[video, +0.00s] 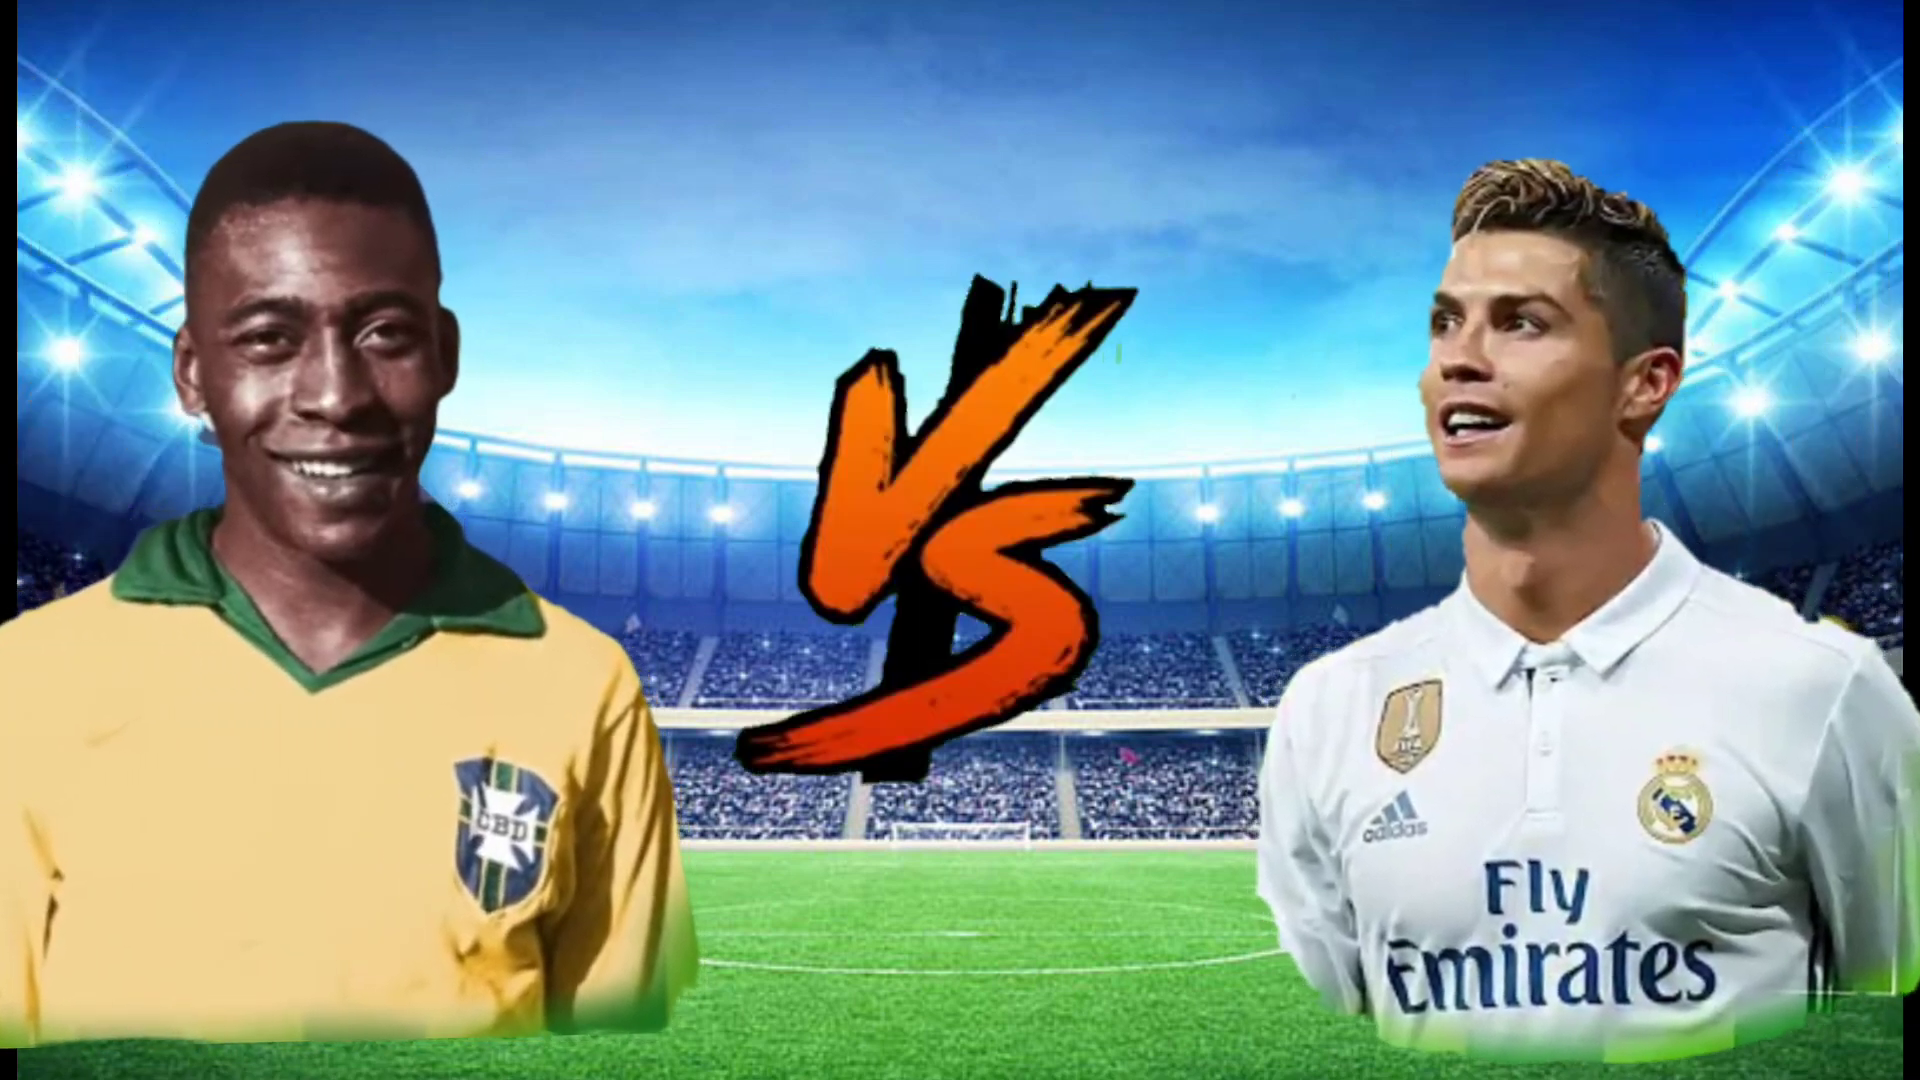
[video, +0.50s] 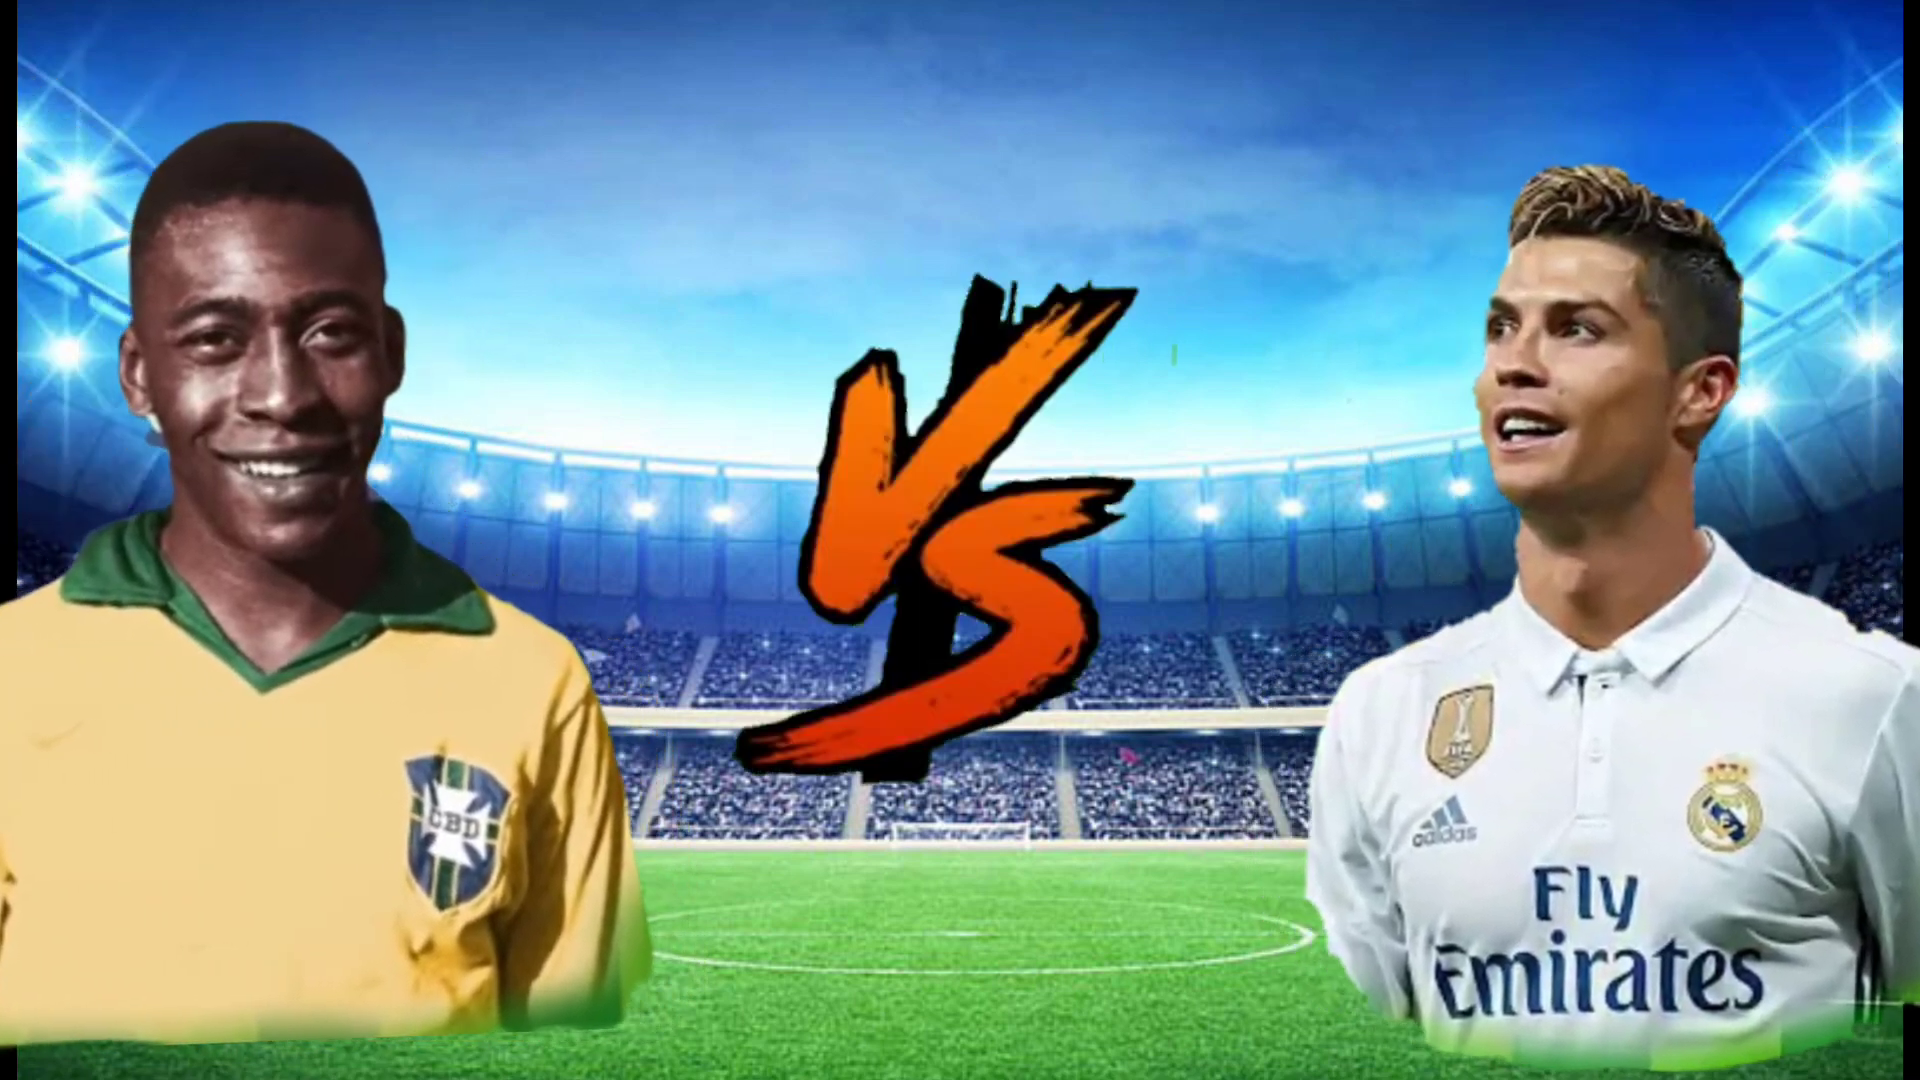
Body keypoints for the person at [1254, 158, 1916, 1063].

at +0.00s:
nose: (1455, 360)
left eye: (1522, 323)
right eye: (1446, 324)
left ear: (1644, 385)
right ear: (1424, 363)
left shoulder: (1823, 701)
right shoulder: (1323, 716)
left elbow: (1881, 1034)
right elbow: (1335, 1046)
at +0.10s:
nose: (1462, 362)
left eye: (1528, 325)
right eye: (1453, 326)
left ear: (1651, 387)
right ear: (1432, 365)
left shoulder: (1831, 703)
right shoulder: (1329, 716)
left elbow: (1885, 1032)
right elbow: (1340, 1046)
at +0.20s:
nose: (1470, 363)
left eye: (1537, 326)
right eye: (1460, 327)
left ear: (1658, 390)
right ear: (1439, 367)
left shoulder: (1839, 704)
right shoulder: (1335, 718)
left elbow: (1888, 1027)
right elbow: (1346, 1047)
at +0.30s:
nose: (1480, 364)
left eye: (1547, 328)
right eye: (1470, 328)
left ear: (1668, 391)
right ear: (1449, 368)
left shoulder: (1848, 706)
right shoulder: (1345, 720)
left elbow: (1895, 1021)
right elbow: (1360, 1043)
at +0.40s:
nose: (1493, 365)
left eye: (1559, 329)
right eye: (1484, 329)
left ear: (1680, 394)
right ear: (1465, 369)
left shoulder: (1863, 708)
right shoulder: (1357, 720)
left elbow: (1901, 1017)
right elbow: (1363, 1043)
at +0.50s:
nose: (1512, 364)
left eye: (1577, 329)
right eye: (1502, 328)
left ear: (1698, 395)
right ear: (1485, 363)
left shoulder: (1876, 708)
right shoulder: (1374, 721)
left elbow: (1910, 1008)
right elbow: (1382, 1043)